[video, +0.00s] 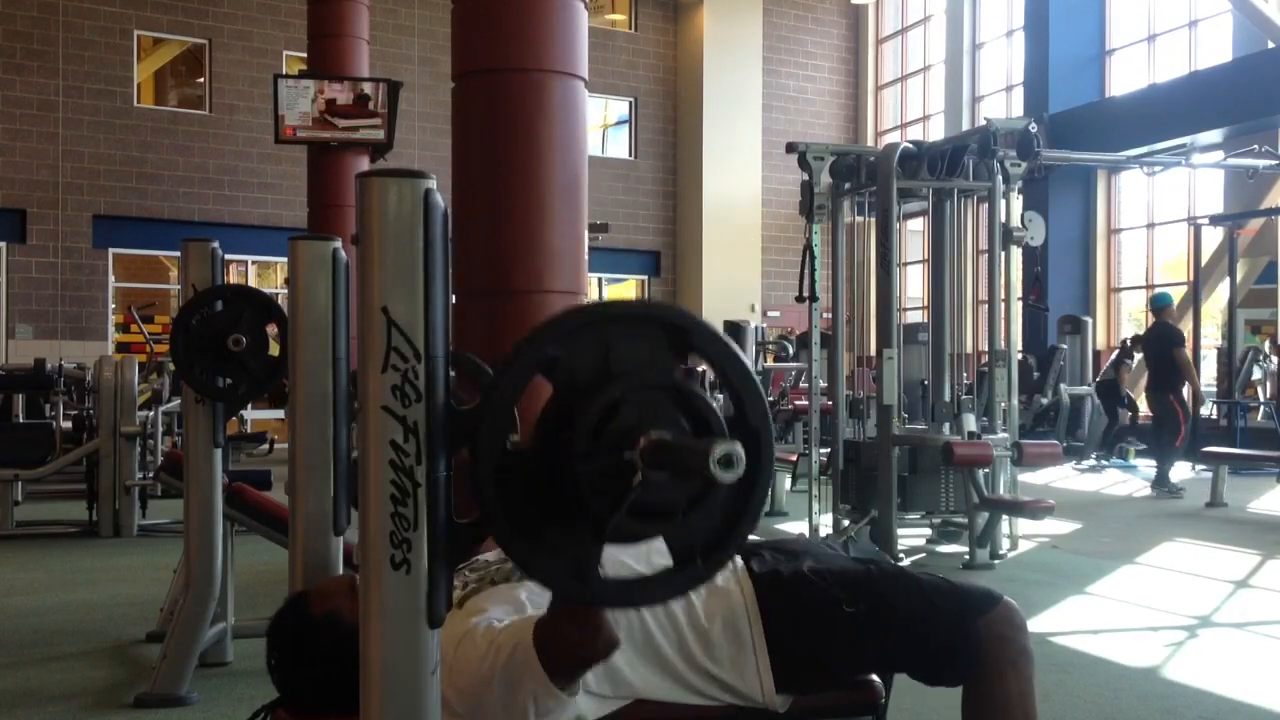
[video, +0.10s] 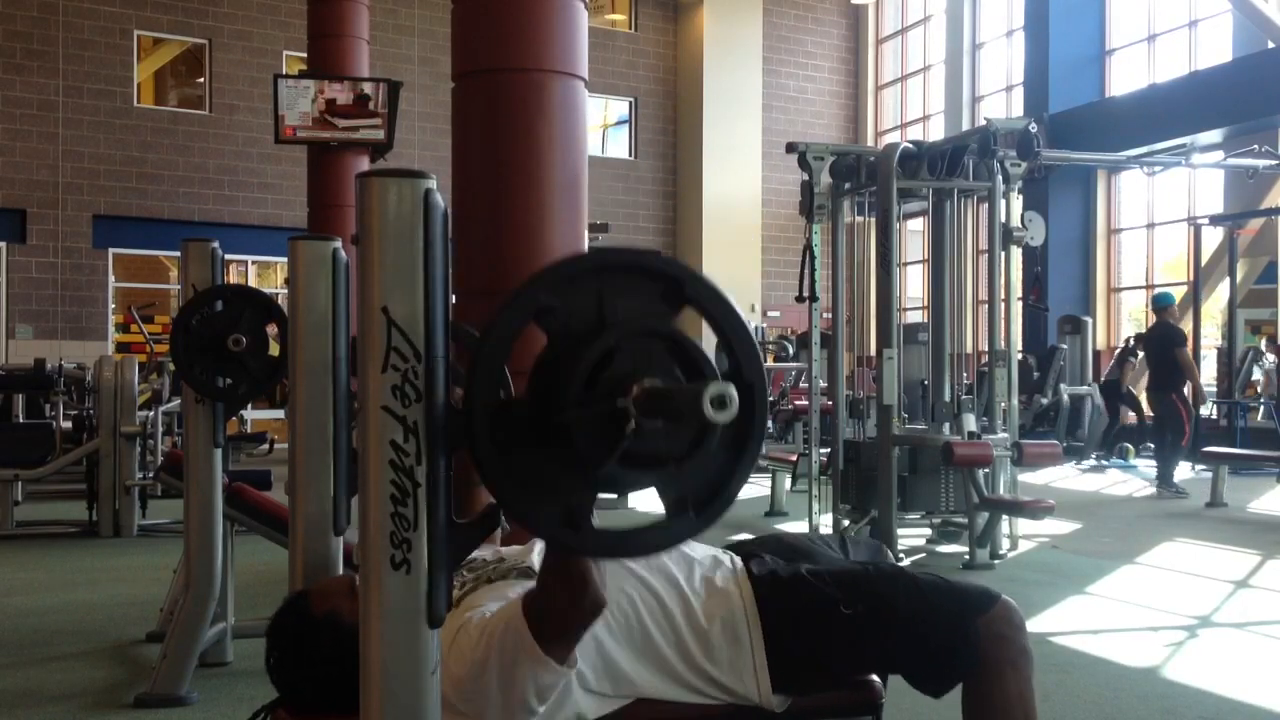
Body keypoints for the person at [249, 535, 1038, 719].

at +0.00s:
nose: (368, 583)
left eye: (355, 584)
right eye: (352, 598)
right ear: (357, 645)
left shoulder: (455, 625)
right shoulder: (450, 673)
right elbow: (575, 644)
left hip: (707, 590)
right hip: (732, 609)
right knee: (989, 625)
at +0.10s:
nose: (369, 578)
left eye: (356, 579)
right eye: (352, 594)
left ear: (372, 620)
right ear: (358, 648)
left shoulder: (450, 614)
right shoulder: (459, 676)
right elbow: (572, 606)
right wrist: (551, 479)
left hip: (731, 585)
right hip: (745, 610)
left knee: (855, 698)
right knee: (988, 624)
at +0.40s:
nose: (361, 571)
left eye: (344, 572)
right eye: (347, 588)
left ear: (345, 658)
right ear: (359, 643)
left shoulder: (445, 640)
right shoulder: (474, 669)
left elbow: (493, 496)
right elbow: (512, 506)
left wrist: (504, 361)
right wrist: (520, 328)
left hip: (725, 581)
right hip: (753, 614)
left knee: (859, 686)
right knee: (990, 624)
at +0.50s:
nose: (358, 578)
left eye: (340, 581)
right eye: (342, 594)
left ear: (349, 647)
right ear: (356, 642)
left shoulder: (454, 637)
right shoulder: (474, 664)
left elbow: (493, 494)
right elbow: (509, 485)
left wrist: (504, 346)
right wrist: (527, 323)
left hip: (716, 582)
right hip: (742, 617)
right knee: (988, 623)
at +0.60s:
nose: (357, 572)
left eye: (338, 576)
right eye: (342, 590)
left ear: (344, 654)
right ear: (356, 639)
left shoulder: (454, 649)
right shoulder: (474, 662)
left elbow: (492, 495)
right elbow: (510, 482)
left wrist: (503, 351)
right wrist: (531, 312)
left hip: (717, 591)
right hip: (749, 613)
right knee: (987, 625)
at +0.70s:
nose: (361, 575)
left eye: (342, 578)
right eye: (346, 593)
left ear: (350, 655)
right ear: (361, 649)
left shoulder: (448, 636)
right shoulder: (477, 665)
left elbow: (485, 485)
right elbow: (513, 486)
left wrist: (515, 344)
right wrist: (534, 322)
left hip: (716, 582)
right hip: (743, 616)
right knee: (987, 625)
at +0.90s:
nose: (355, 575)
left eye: (336, 580)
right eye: (338, 595)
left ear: (346, 659)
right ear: (355, 646)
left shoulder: (436, 627)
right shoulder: (475, 668)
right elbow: (549, 525)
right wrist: (523, 349)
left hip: (721, 593)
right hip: (741, 614)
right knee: (987, 627)